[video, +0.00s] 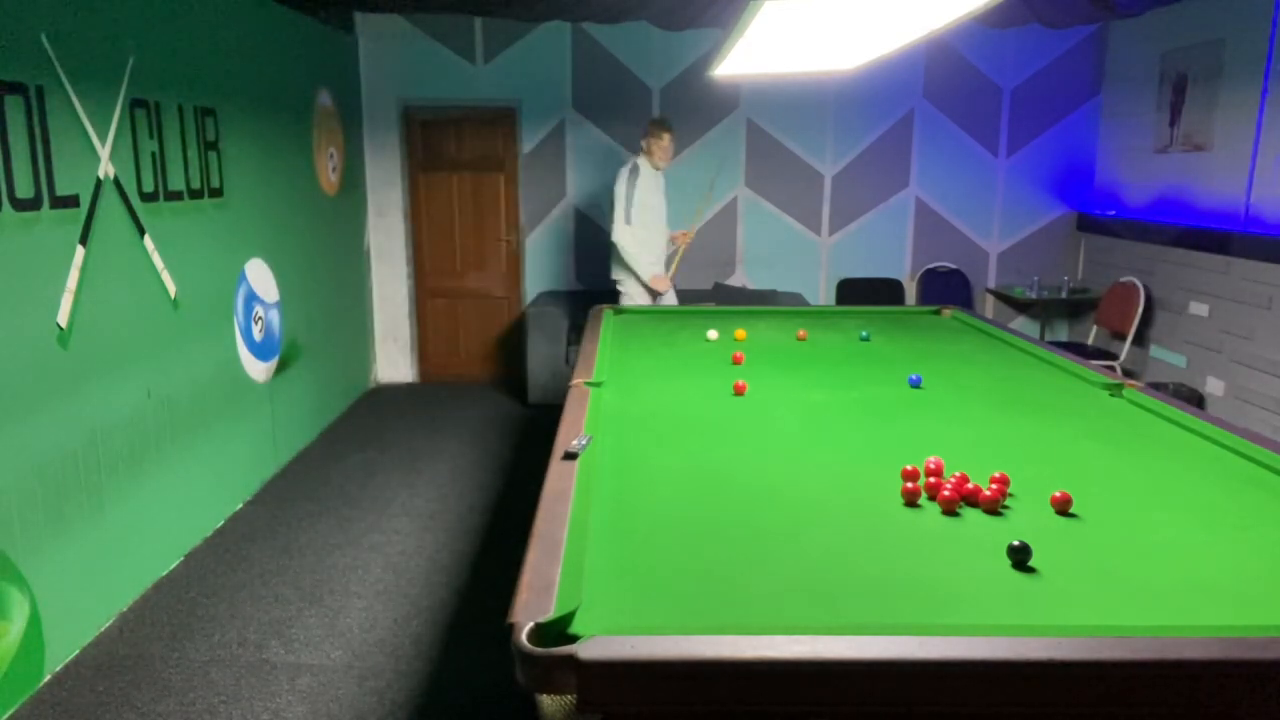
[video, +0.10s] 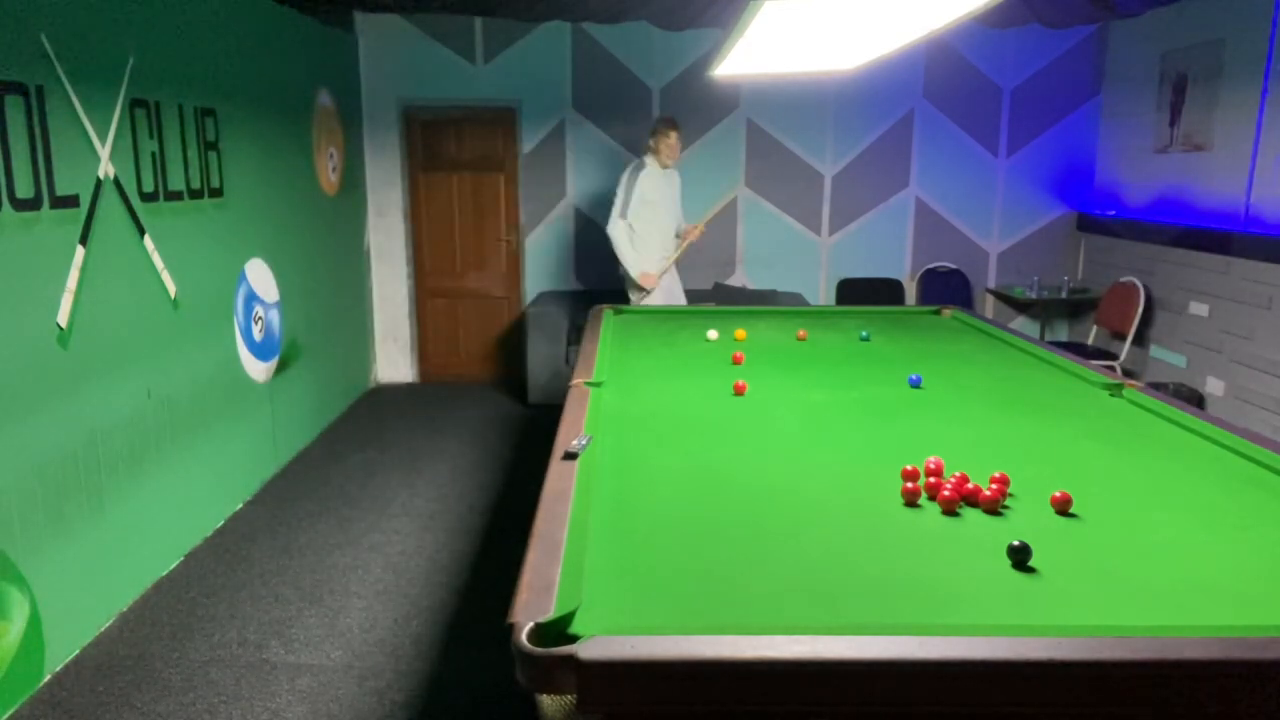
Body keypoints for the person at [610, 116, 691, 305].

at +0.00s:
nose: (665, 153)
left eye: (668, 147)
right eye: (659, 147)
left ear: (672, 149)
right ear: (644, 144)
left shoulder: (658, 176)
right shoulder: (631, 173)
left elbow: (647, 226)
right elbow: (620, 233)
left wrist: (671, 238)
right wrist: (651, 276)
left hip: (658, 272)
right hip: (634, 276)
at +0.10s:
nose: (674, 148)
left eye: (677, 142)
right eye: (667, 141)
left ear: (680, 145)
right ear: (653, 143)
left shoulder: (673, 176)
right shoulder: (636, 172)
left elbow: (674, 218)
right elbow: (615, 226)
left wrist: (684, 230)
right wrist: (638, 272)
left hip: (667, 267)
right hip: (643, 271)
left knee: (680, 319)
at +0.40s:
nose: (676, 142)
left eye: (681, 135)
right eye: (670, 135)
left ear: (688, 139)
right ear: (660, 139)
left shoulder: (698, 173)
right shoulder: (643, 174)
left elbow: (706, 216)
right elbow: (610, 214)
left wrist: (714, 225)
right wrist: (620, 261)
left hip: (685, 267)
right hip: (653, 268)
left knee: (683, 330)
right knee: (657, 330)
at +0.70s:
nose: (669, 141)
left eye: (673, 135)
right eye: (662, 136)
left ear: (679, 137)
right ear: (650, 140)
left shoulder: (699, 172)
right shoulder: (639, 179)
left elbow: (709, 217)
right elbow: (616, 221)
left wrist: (696, 246)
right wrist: (628, 260)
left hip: (691, 272)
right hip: (656, 273)